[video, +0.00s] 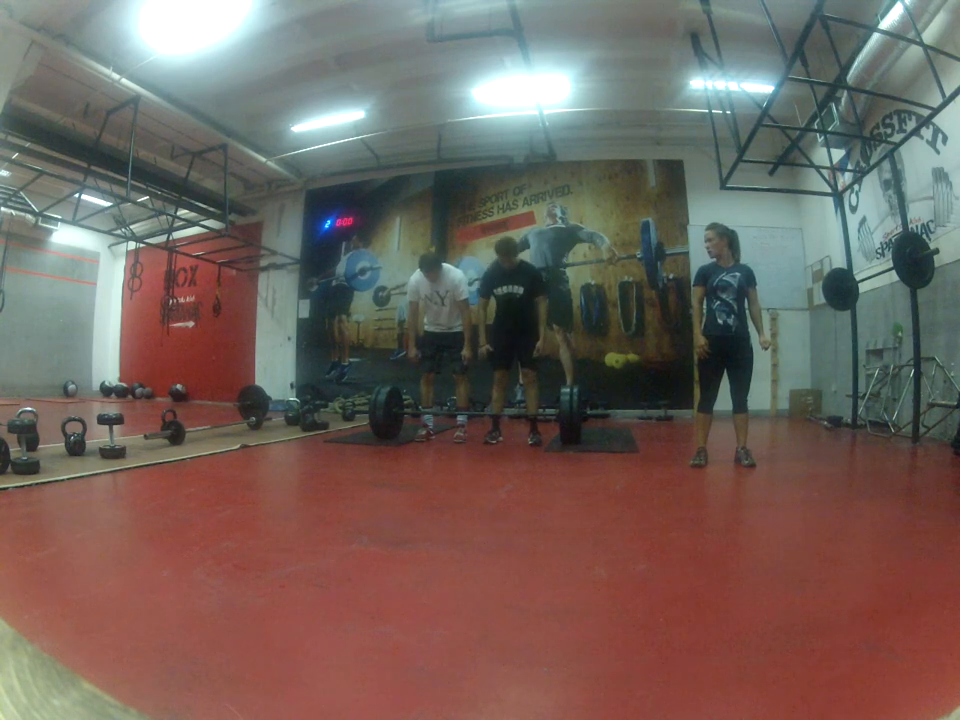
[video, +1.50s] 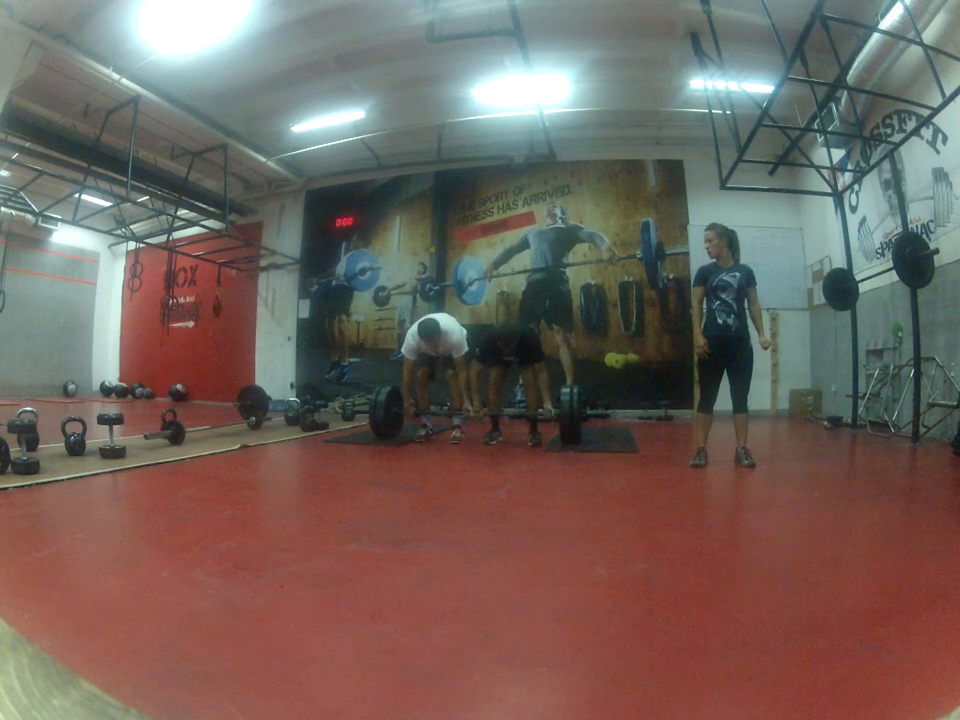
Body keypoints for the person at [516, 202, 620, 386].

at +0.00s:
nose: (551, 218)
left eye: (555, 215)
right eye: (548, 215)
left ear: (563, 218)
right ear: (544, 218)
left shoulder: (570, 229)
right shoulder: (533, 233)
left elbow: (594, 236)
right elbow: (513, 250)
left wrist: (607, 248)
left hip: (557, 283)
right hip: (533, 285)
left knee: (561, 333)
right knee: (528, 334)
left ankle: (570, 385)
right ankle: (523, 386)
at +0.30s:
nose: (551, 218)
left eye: (555, 214)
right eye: (549, 215)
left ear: (563, 217)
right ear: (545, 218)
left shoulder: (570, 229)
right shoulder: (533, 233)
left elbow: (593, 235)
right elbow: (512, 250)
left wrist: (607, 247)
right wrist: (492, 266)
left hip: (557, 285)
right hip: (534, 286)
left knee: (562, 335)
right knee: (528, 333)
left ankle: (570, 385)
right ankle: (523, 384)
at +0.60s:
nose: (551, 218)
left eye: (555, 215)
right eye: (549, 215)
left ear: (563, 218)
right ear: (545, 218)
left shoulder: (570, 229)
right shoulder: (533, 233)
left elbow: (593, 235)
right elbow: (511, 250)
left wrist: (607, 248)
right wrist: (493, 265)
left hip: (557, 285)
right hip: (533, 286)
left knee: (562, 335)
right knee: (529, 332)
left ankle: (570, 385)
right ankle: (523, 385)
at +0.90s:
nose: (551, 218)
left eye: (555, 215)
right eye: (549, 215)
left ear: (563, 218)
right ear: (545, 218)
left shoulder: (570, 229)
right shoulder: (533, 233)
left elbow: (593, 235)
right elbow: (512, 250)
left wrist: (607, 248)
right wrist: (493, 265)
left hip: (557, 285)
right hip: (534, 286)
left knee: (562, 335)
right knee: (528, 332)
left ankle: (570, 385)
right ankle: (523, 384)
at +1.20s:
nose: (554, 217)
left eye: (557, 214)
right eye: (550, 214)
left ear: (563, 218)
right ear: (545, 218)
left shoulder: (570, 229)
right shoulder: (534, 233)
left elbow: (593, 235)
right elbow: (512, 249)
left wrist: (607, 248)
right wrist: (493, 265)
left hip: (558, 285)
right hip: (534, 286)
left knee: (563, 337)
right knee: (531, 341)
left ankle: (570, 389)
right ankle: (543, 398)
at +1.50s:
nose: (552, 216)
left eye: (555, 213)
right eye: (549, 213)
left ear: (563, 217)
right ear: (545, 218)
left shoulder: (570, 229)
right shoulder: (534, 233)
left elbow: (593, 235)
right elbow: (512, 250)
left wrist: (606, 248)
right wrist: (493, 266)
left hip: (557, 283)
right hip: (534, 284)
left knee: (562, 335)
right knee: (529, 334)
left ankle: (569, 386)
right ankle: (527, 387)